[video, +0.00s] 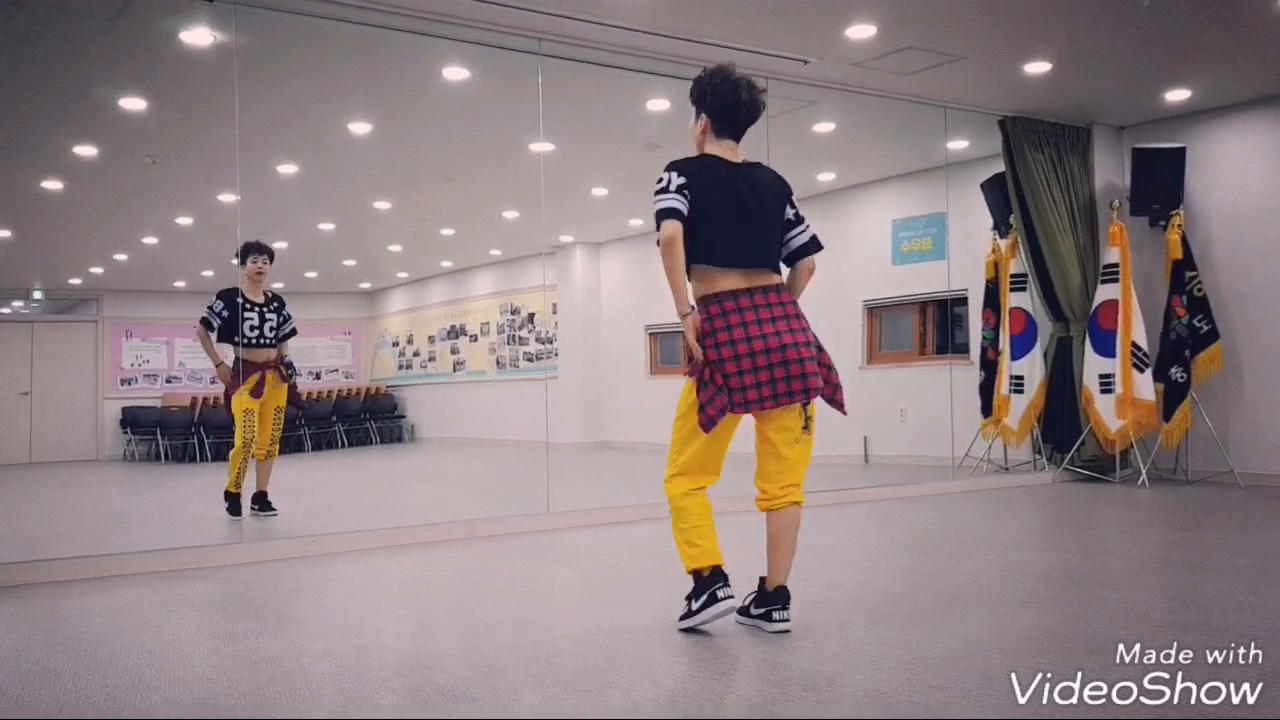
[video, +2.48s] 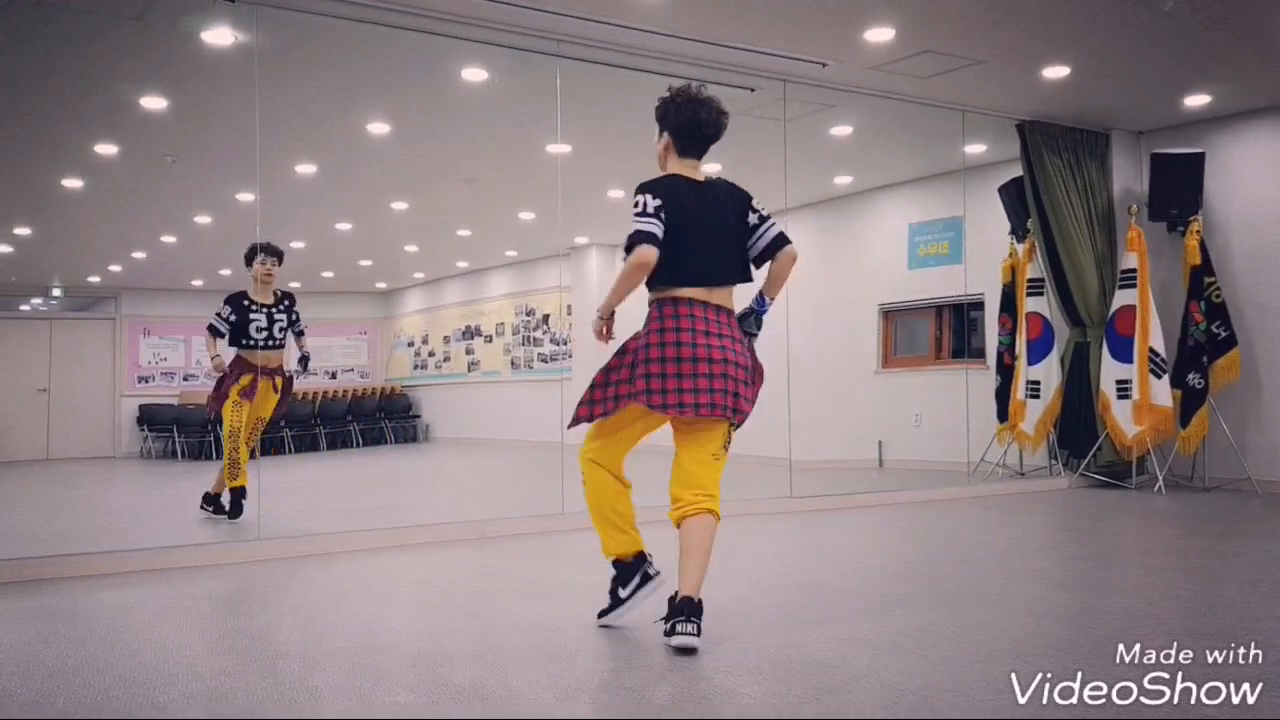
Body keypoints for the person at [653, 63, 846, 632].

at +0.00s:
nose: (692, 126)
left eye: (693, 118)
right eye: (696, 118)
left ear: (701, 122)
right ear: (747, 127)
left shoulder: (681, 174)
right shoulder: (772, 182)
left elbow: (671, 239)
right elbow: (807, 259)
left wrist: (685, 313)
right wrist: (778, 314)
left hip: (721, 332)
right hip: (784, 327)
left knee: (686, 477)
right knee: (784, 476)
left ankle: (708, 578)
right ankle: (775, 596)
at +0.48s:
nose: (676, 153)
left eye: (674, 145)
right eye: (675, 146)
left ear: (685, 139)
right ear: (728, 136)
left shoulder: (676, 180)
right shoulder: (764, 185)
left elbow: (628, 250)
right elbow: (795, 259)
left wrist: (641, 306)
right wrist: (757, 306)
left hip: (702, 333)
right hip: (764, 333)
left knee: (690, 474)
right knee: (754, 463)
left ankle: (708, 602)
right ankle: (755, 583)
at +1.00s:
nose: (756, 135)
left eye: (758, 125)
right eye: (759, 125)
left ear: (769, 132)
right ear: (805, 132)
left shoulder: (785, 192)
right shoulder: (818, 188)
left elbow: (773, 275)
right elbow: (827, 266)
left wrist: (712, 244)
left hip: (807, 328)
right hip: (844, 323)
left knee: (798, 459)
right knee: (852, 459)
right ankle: (869, 576)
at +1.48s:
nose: (818, 175)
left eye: (821, 167)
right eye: (821, 166)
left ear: (830, 172)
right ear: (867, 174)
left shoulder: (813, 223)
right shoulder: (889, 227)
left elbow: (774, 297)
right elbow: (926, 299)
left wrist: (747, 352)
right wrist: (913, 351)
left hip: (852, 358)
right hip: (894, 350)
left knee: (909, 479)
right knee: (856, 469)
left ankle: (998, 577)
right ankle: (883, 568)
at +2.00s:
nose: (736, 155)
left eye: (738, 148)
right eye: (739, 147)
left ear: (746, 153)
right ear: (785, 160)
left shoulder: (735, 196)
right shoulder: (799, 213)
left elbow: (709, 255)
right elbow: (835, 278)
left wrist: (678, 287)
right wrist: (832, 343)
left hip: (755, 342)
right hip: (801, 342)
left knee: (717, 472)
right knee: (823, 461)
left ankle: (670, 589)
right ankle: (870, 568)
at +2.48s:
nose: (655, 144)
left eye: (656, 136)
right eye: (659, 136)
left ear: (664, 141)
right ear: (708, 145)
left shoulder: (656, 192)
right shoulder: (738, 200)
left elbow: (644, 257)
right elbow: (785, 254)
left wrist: (608, 306)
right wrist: (758, 312)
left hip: (668, 342)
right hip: (726, 347)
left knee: (599, 452)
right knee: (700, 480)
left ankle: (629, 562)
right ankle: (687, 606)